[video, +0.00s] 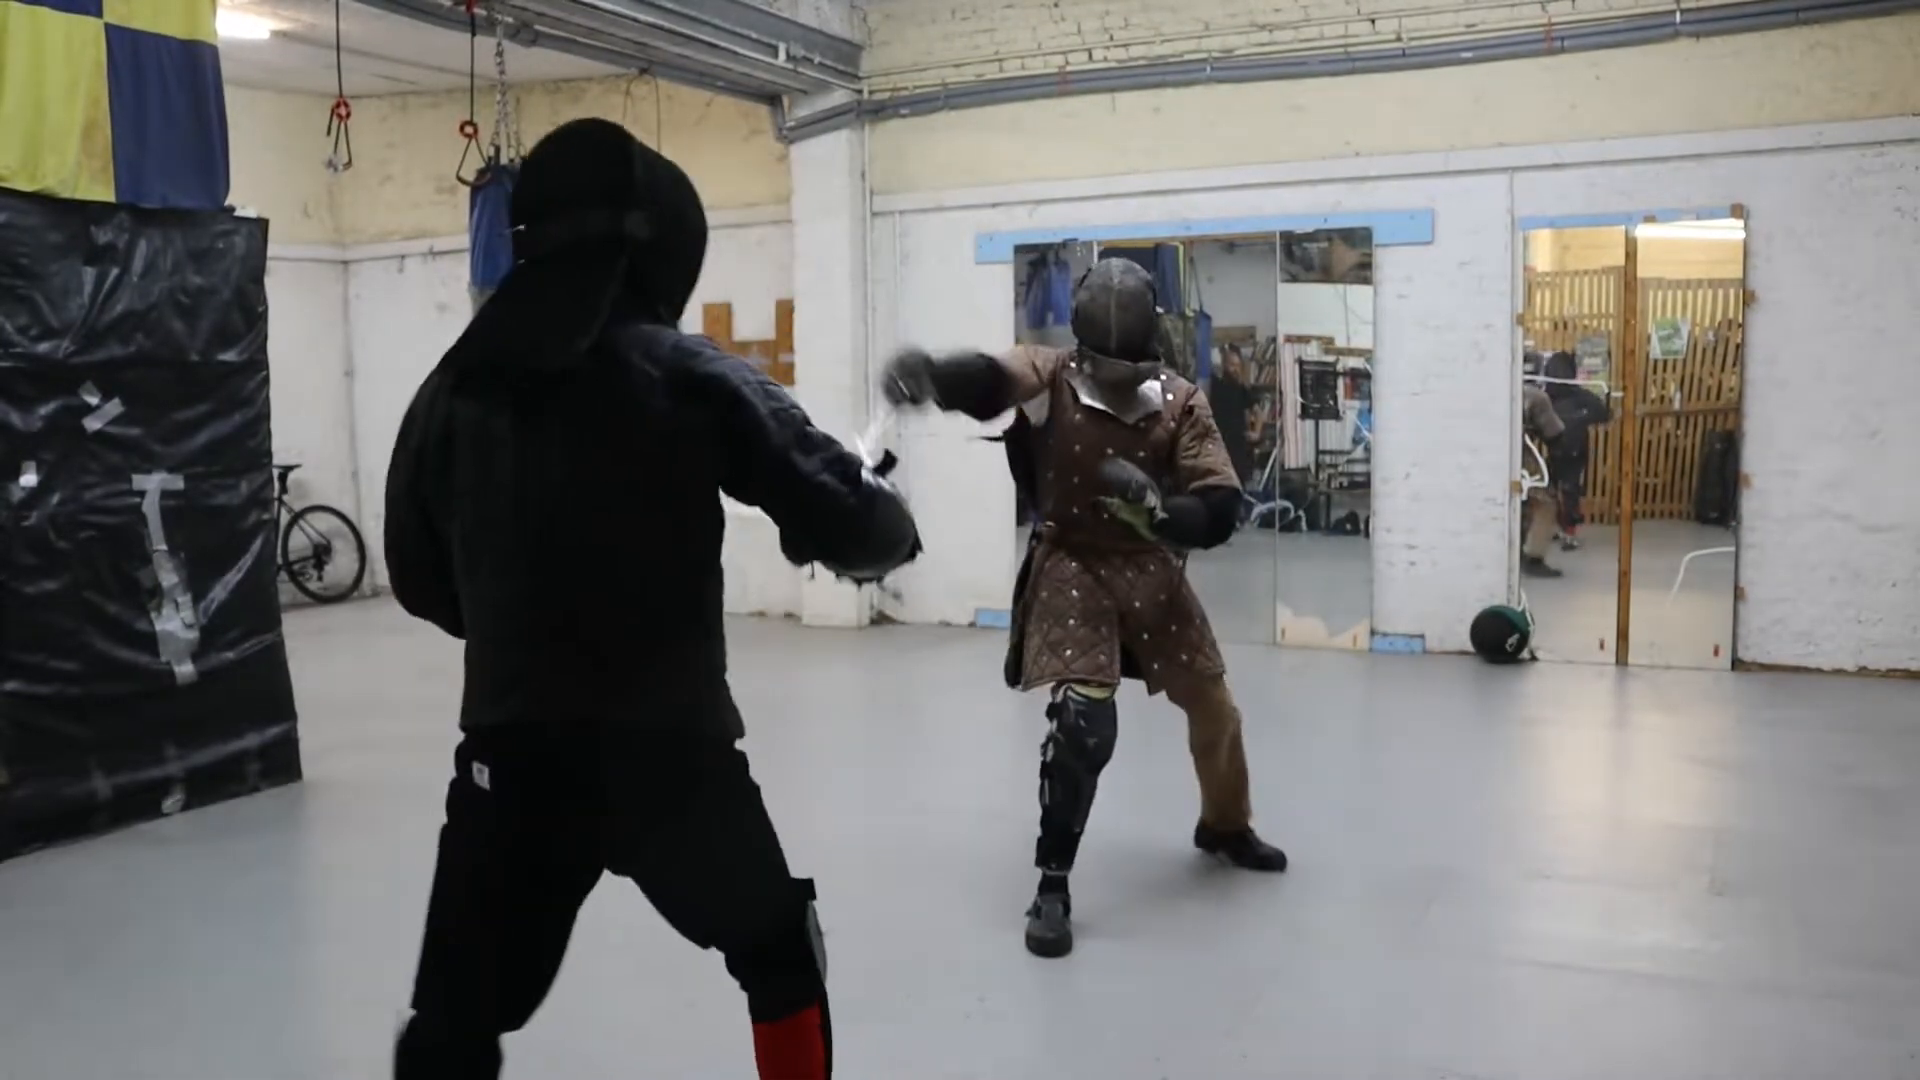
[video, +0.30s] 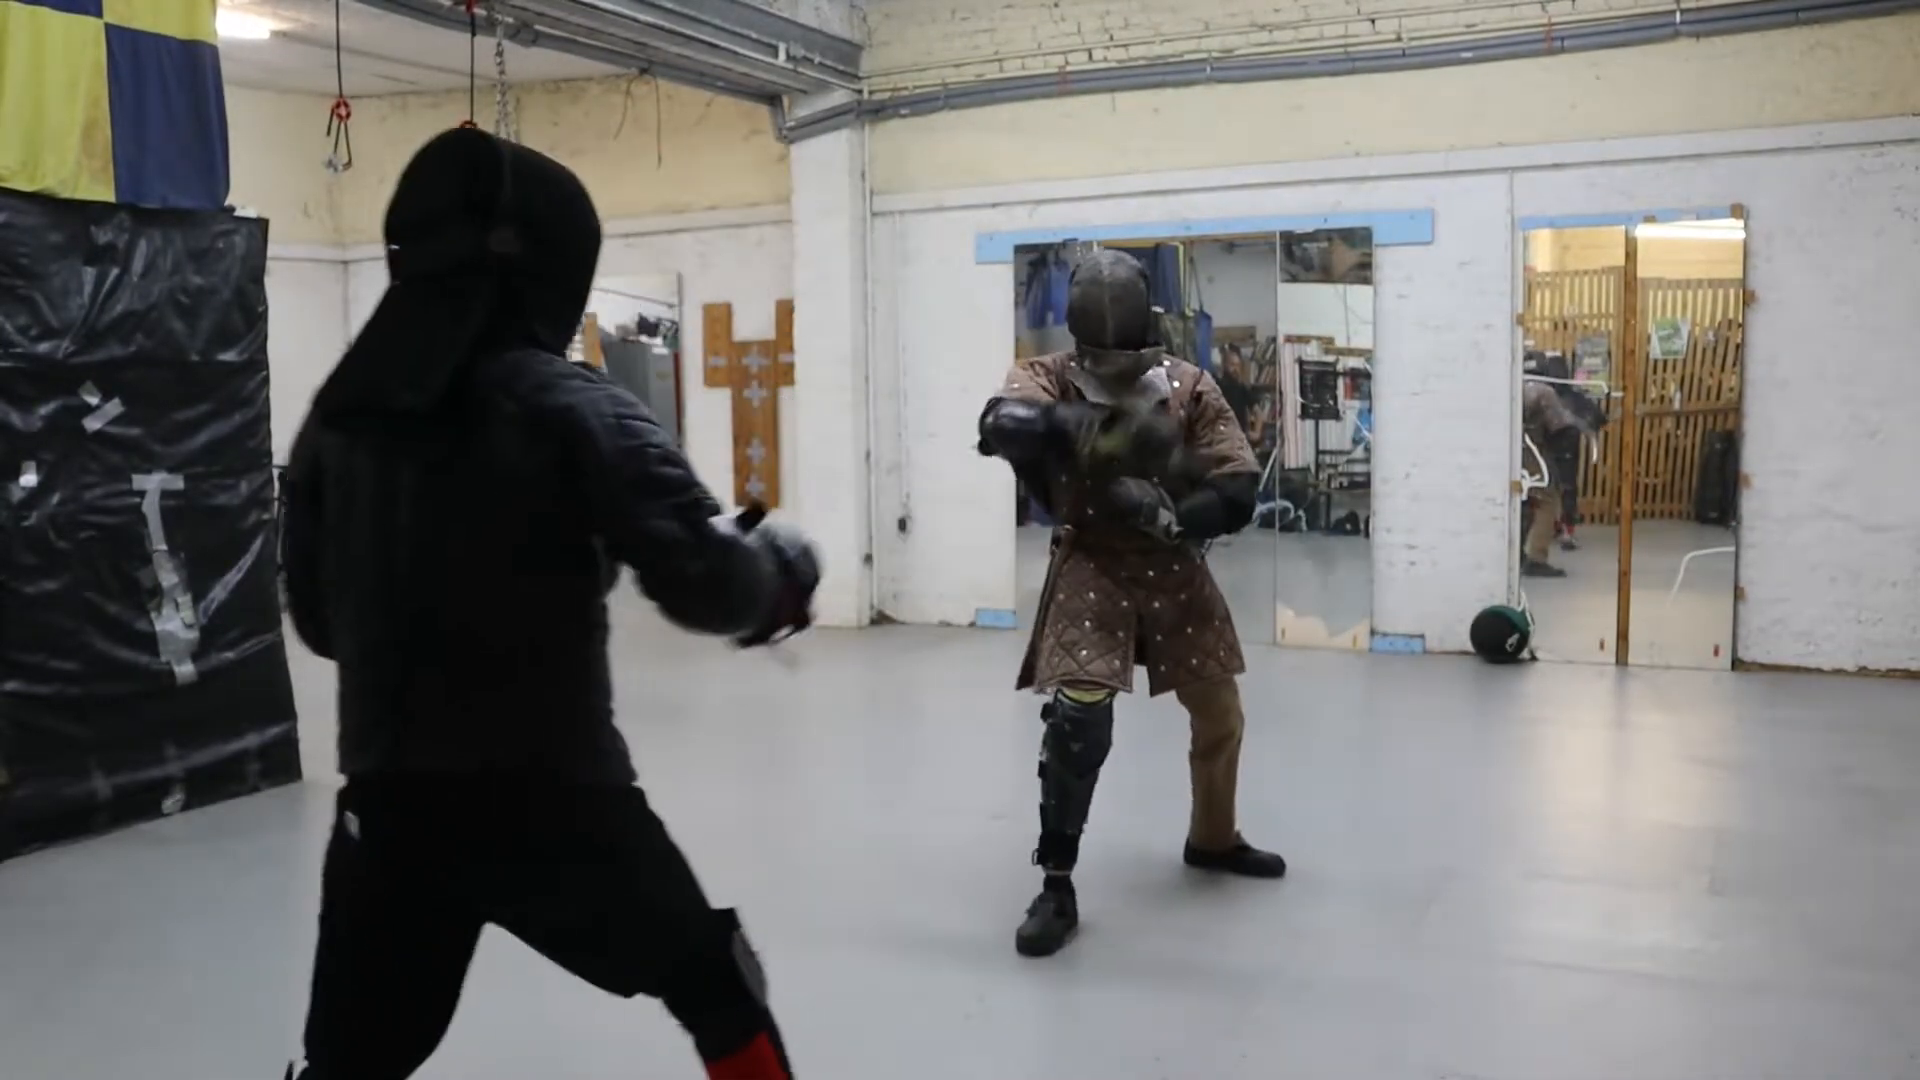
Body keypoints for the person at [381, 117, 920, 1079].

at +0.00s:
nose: (692, 263)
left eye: (684, 237)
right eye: (681, 238)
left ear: (533, 243)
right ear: (656, 246)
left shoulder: (454, 390)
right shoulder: (688, 377)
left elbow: (420, 577)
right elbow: (858, 526)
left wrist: (533, 620)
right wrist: (880, 518)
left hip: (512, 764)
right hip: (672, 761)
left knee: (449, 1026)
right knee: (776, 946)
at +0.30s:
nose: (583, 288)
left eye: (578, 262)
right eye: (575, 263)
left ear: (416, 263)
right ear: (550, 270)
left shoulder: (341, 415)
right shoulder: (575, 410)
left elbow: (319, 617)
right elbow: (708, 584)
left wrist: (446, 620)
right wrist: (784, 562)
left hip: (396, 813)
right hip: (559, 808)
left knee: (344, 1062)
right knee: (713, 989)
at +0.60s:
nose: (550, 272)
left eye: (545, 246)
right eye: (541, 247)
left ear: (373, 245)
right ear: (505, 252)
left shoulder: (319, 395)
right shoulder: (540, 380)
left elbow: (324, 559)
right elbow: (715, 543)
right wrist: (772, 500)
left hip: (383, 798)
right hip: (543, 790)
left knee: (339, 1058)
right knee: (682, 957)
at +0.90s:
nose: (671, 276)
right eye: (660, 256)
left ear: (513, 274)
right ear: (644, 271)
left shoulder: (457, 414)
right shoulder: (687, 396)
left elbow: (408, 567)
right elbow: (894, 445)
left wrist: (532, 561)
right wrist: (967, 372)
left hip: (523, 778)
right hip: (674, 773)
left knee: (457, 1014)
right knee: (768, 922)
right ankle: (792, 1071)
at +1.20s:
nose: (719, 299)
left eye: (714, 274)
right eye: (711, 275)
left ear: (570, 272)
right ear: (685, 280)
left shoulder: (484, 402)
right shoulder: (722, 415)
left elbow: (410, 563)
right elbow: (813, 609)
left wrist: (522, 580)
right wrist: (858, 540)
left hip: (527, 770)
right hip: (682, 772)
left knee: (473, 1015)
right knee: (768, 923)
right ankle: (792, 1071)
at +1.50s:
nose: (764, 264)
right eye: (758, 246)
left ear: (633, 254)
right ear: (752, 259)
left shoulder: (568, 378)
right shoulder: (792, 392)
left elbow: (412, 496)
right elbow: (890, 563)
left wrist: (542, 501)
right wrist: (940, 545)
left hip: (622, 738)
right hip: (758, 738)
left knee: (554, 988)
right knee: (792, 914)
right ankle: (796, 1072)